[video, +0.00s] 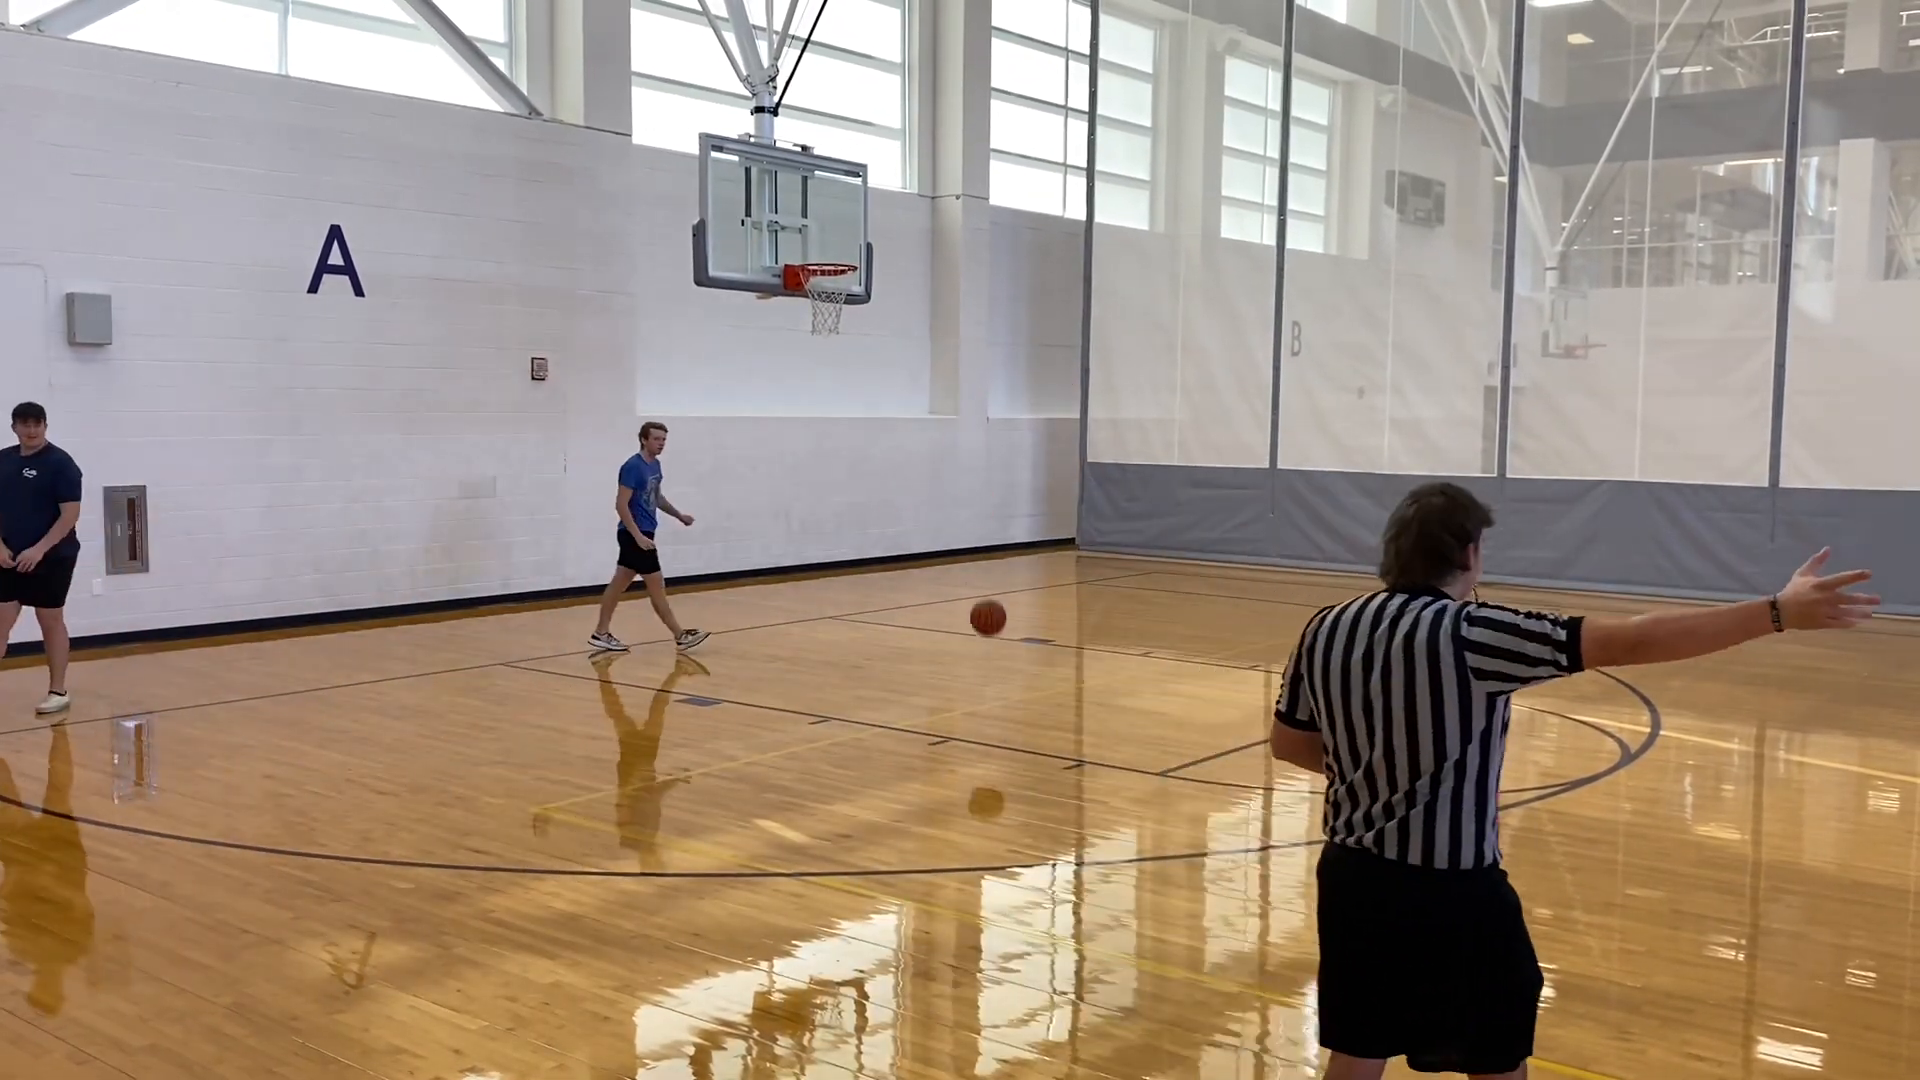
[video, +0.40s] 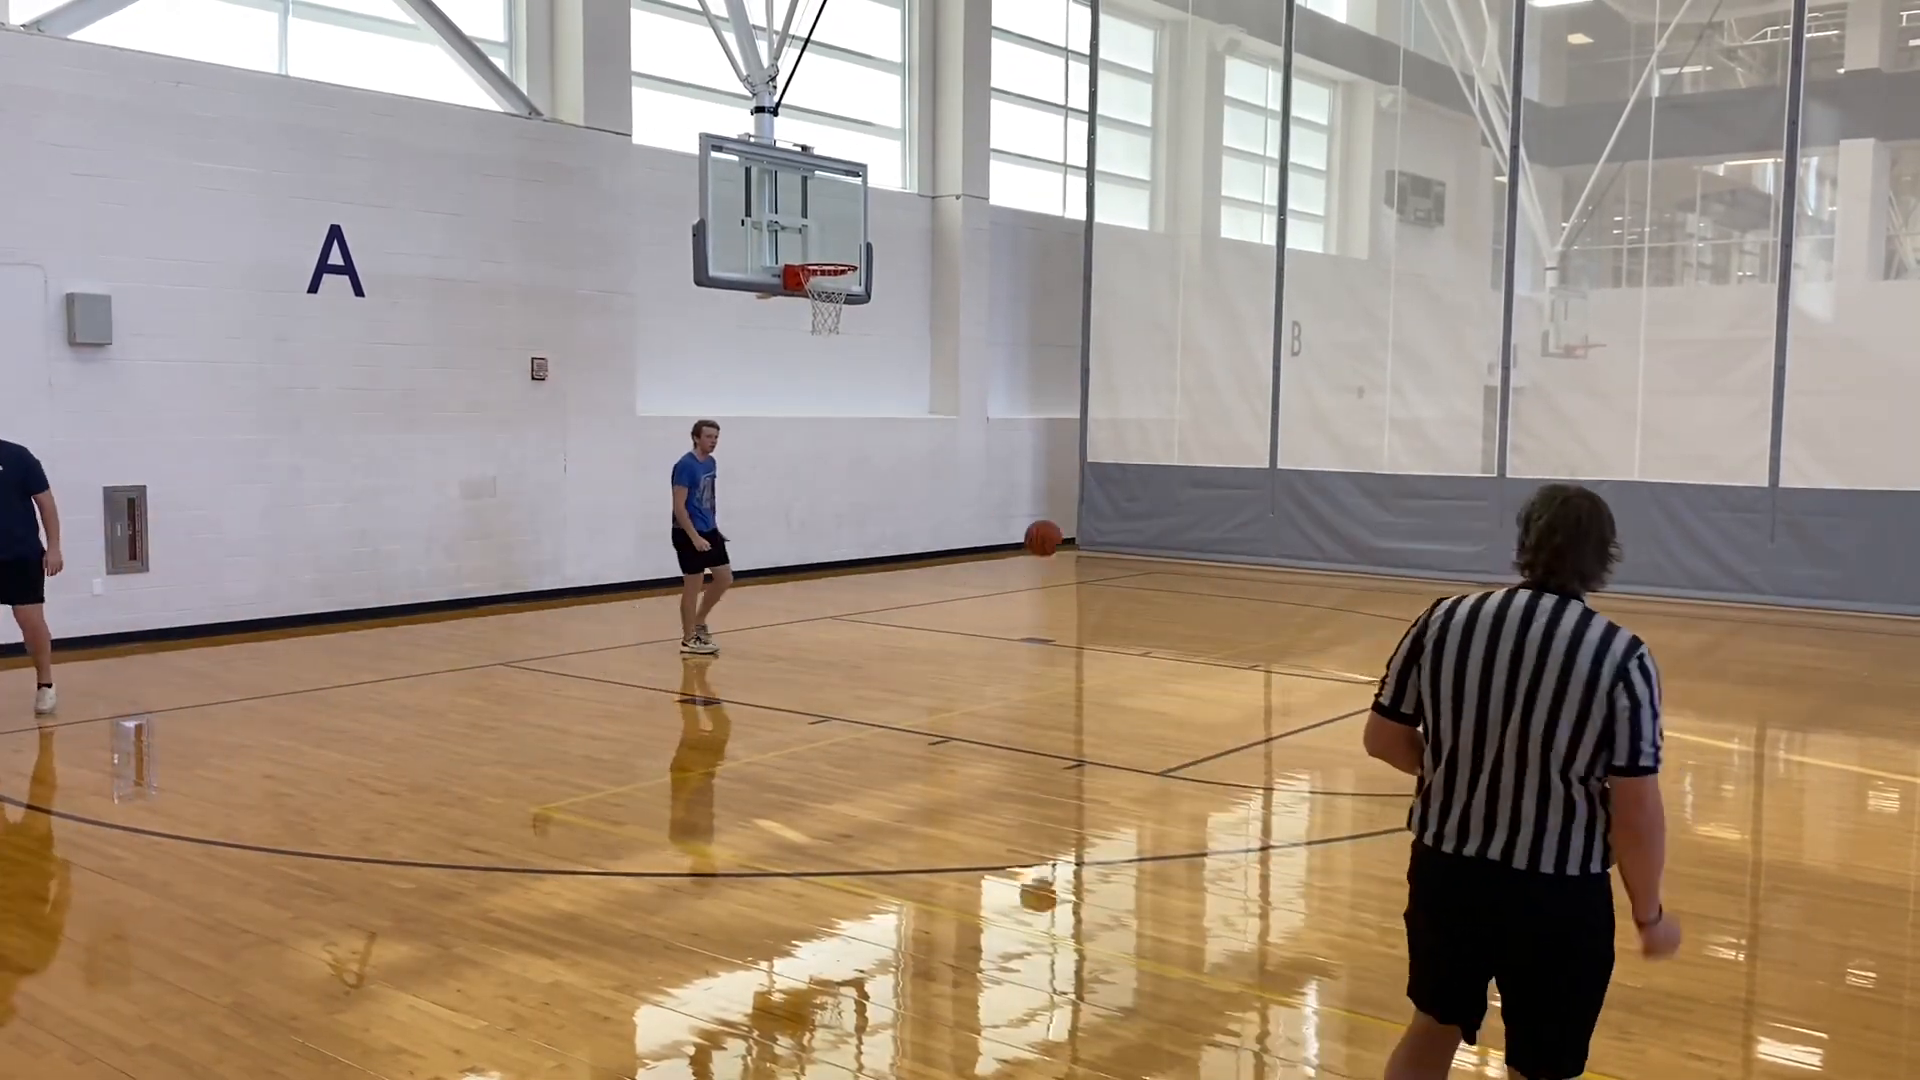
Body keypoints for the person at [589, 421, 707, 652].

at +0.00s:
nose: (661, 444)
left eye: (663, 440)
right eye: (657, 439)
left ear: (663, 442)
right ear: (644, 440)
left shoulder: (654, 465)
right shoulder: (632, 467)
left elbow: (657, 498)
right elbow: (621, 506)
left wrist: (679, 516)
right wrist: (638, 536)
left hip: (644, 533)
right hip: (634, 535)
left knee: (620, 582)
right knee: (656, 584)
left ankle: (601, 632)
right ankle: (679, 635)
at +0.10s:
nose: (675, 445)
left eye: (678, 441)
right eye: (671, 440)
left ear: (678, 443)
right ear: (658, 442)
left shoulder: (670, 467)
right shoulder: (646, 469)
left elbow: (670, 500)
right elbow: (635, 508)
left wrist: (693, 518)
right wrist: (649, 540)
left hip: (660, 533)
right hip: (651, 535)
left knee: (639, 582)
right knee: (672, 584)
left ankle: (606, 628)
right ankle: (687, 638)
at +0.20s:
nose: (687, 443)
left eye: (690, 439)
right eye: (683, 438)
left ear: (691, 441)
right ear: (671, 440)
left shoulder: (684, 465)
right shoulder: (661, 467)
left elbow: (683, 500)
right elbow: (650, 506)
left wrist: (702, 522)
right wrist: (661, 540)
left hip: (679, 532)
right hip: (664, 533)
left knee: (672, 583)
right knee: (680, 582)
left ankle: (626, 617)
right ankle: (688, 638)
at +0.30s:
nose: (700, 441)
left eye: (703, 437)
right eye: (696, 436)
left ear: (704, 440)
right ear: (684, 438)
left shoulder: (698, 463)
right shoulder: (673, 466)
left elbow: (697, 500)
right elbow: (665, 508)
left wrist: (709, 526)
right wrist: (677, 538)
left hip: (693, 529)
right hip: (676, 530)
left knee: (703, 581)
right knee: (687, 583)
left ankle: (658, 612)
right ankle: (689, 638)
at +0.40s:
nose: (712, 441)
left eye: (715, 437)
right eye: (708, 437)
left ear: (717, 440)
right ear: (696, 438)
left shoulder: (710, 463)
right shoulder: (685, 466)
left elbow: (707, 499)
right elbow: (679, 508)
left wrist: (713, 530)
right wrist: (694, 536)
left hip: (708, 530)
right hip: (688, 532)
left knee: (724, 579)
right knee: (693, 584)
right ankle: (689, 638)